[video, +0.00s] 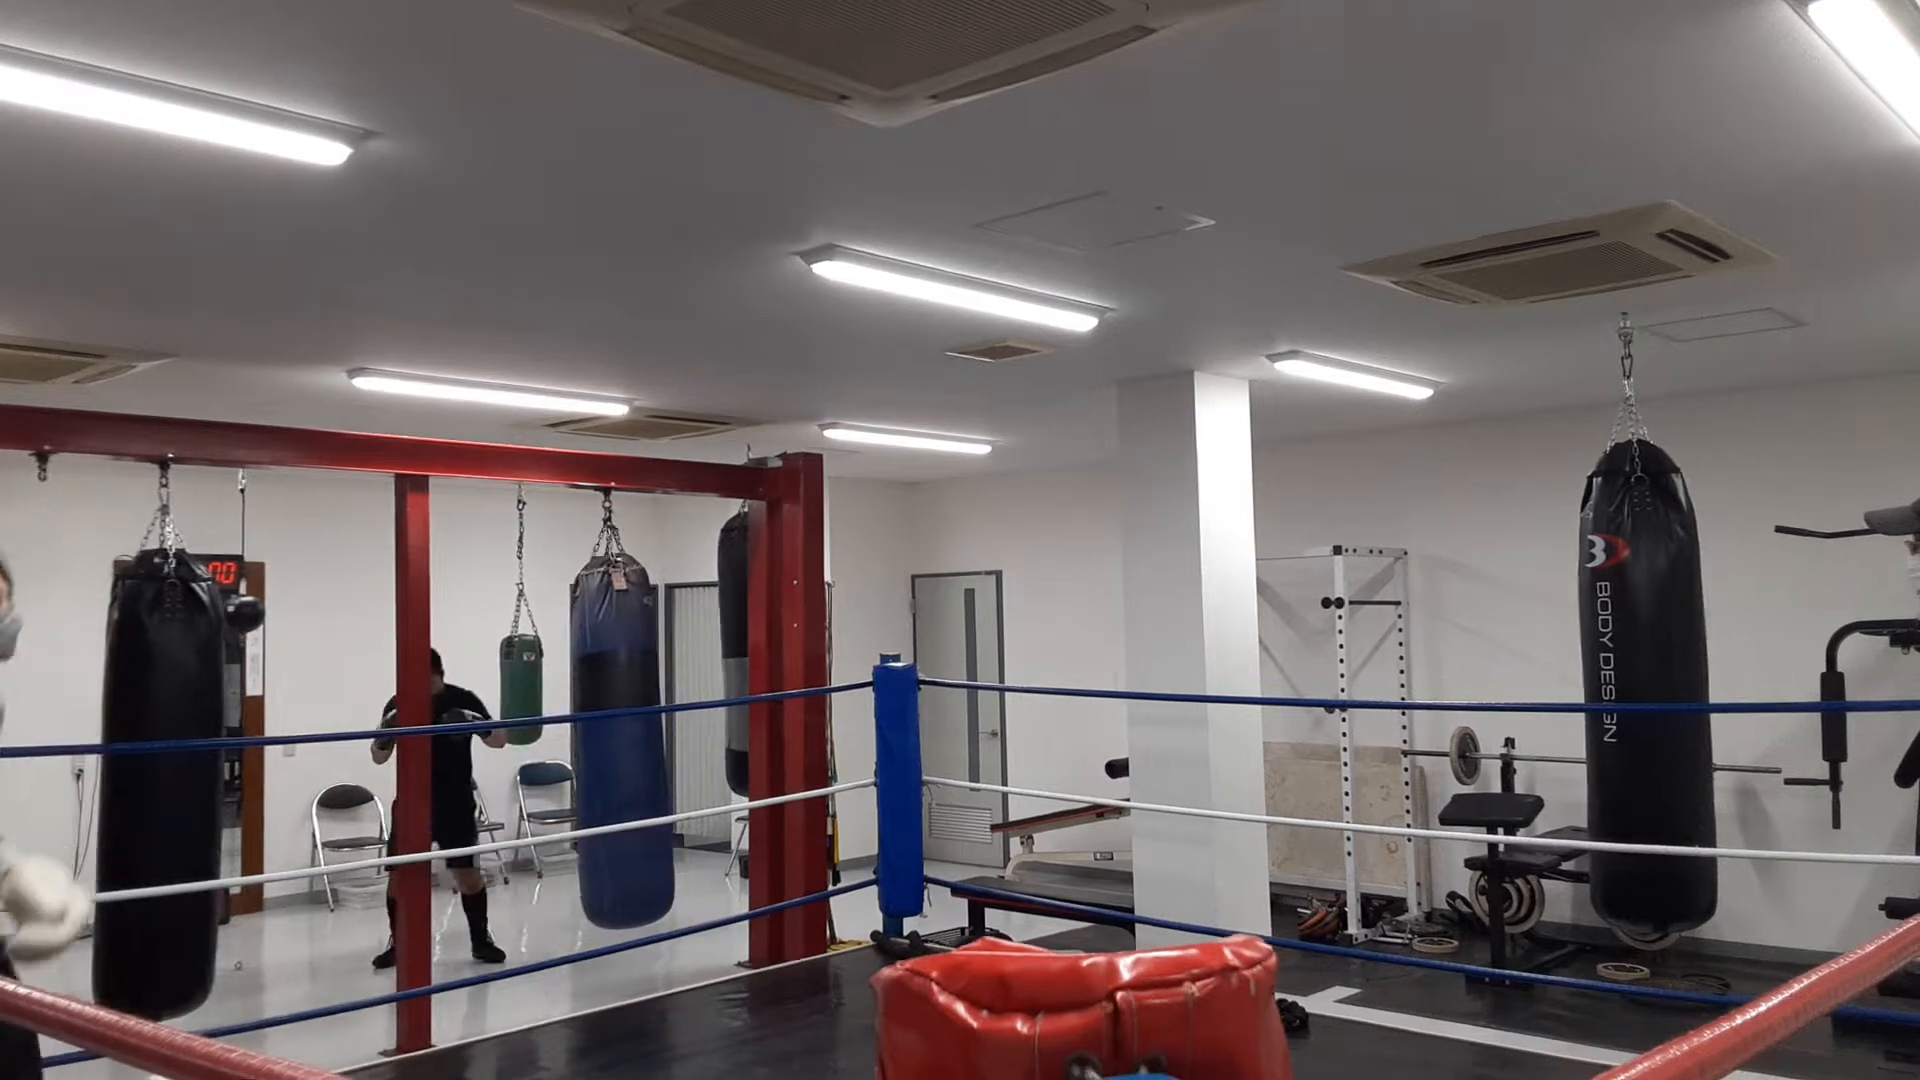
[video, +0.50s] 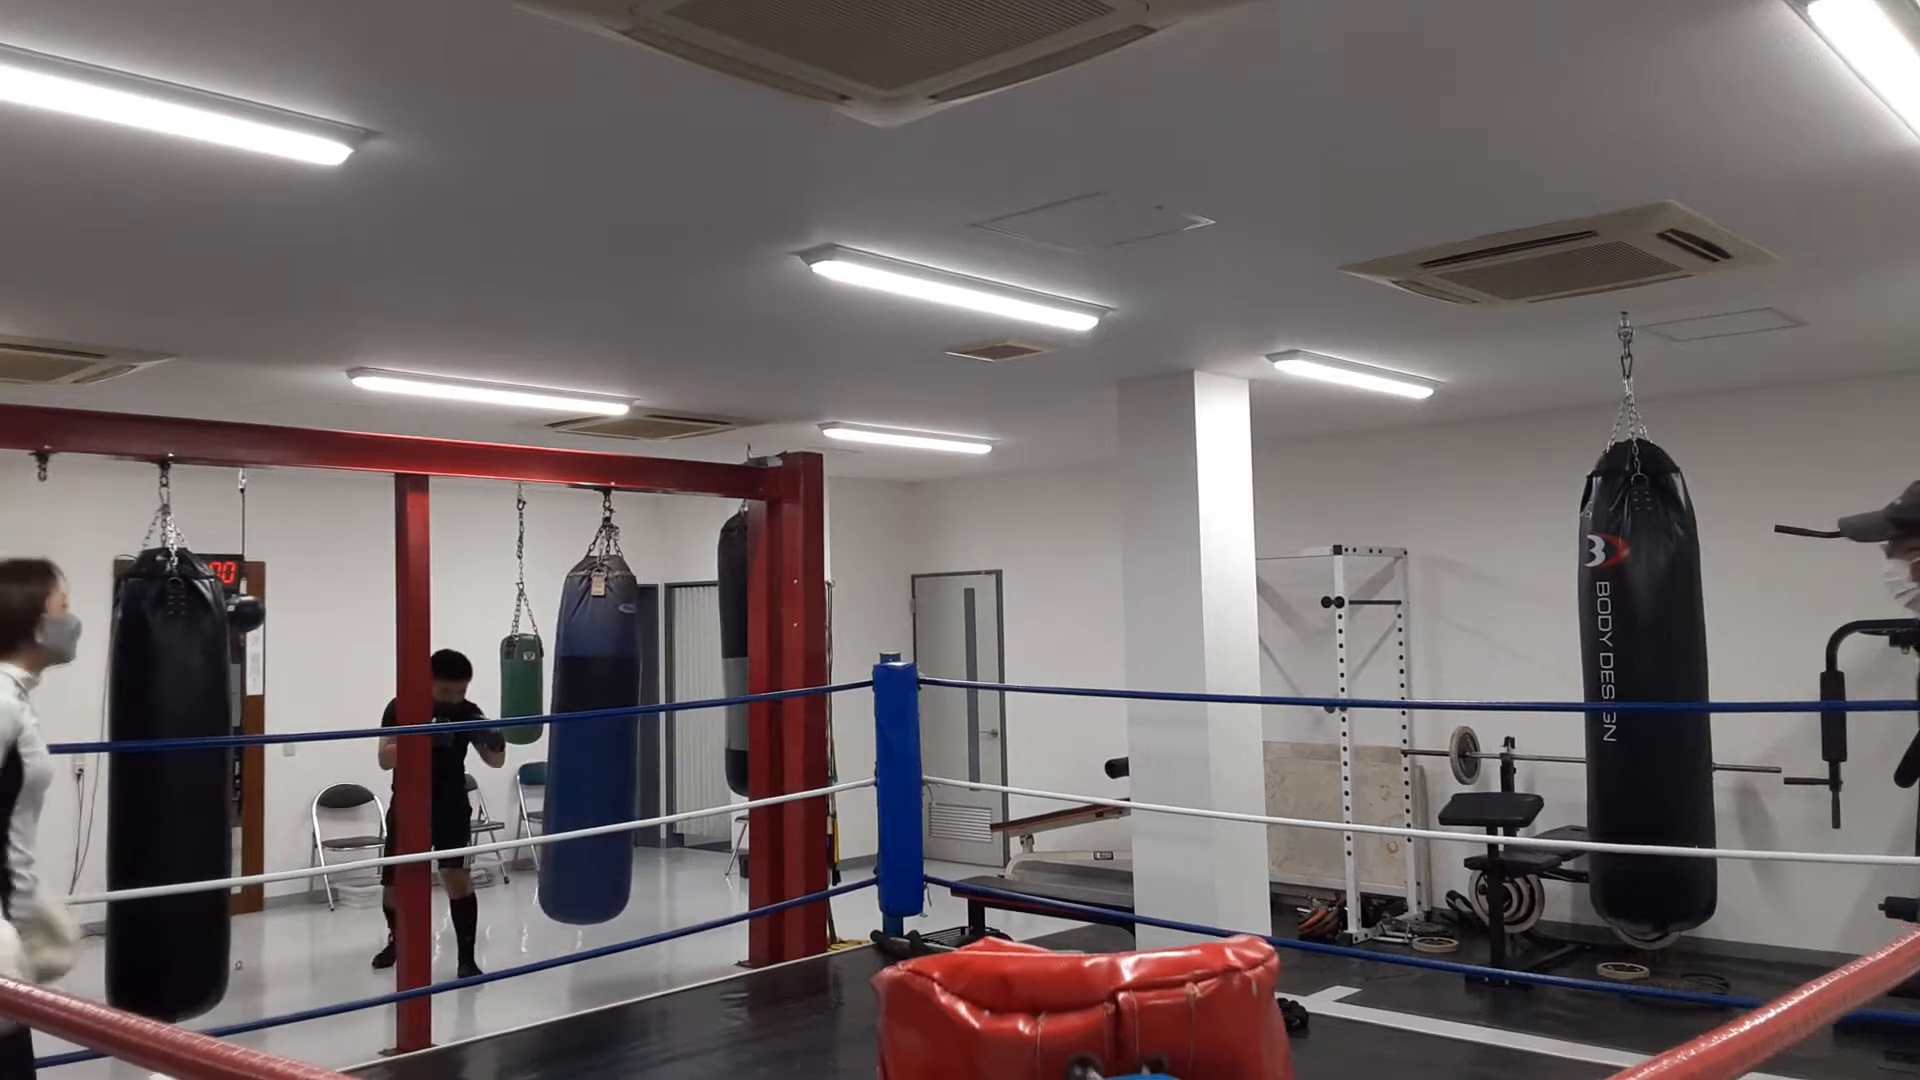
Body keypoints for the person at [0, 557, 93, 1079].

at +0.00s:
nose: (8, 617)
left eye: (6, 602)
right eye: (4, 602)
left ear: (10, 606)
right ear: (4, 605)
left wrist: (13, 876)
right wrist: (12, 878)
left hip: (7, 976)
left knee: (19, 1056)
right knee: (19, 1056)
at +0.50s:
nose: (74, 621)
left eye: (69, 607)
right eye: (64, 609)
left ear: (31, 623)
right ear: (36, 622)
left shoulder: (20, 705)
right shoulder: (8, 710)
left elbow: (15, 835)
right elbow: (9, 841)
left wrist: (35, 910)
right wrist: (15, 925)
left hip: (18, 911)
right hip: (7, 922)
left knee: (18, 1061)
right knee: (16, 1064)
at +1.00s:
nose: (197, 665)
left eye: (191, 650)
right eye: (186, 651)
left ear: (127, 669)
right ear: (164, 668)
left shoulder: (100, 739)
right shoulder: (137, 743)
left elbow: (43, 850)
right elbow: (104, 871)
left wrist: (7, 919)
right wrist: (150, 980)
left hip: (53, 962)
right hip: (94, 969)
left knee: (62, 1069)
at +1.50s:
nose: (383, 655)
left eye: (379, 644)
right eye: (375, 645)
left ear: (315, 652)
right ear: (352, 657)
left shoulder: (271, 724)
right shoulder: (330, 722)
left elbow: (265, 829)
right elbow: (326, 831)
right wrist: (373, 913)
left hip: (275, 920)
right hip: (327, 918)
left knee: (271, 1067)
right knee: (402, 1058)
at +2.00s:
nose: (585, 641)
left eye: (583, 630)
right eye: (577, 631)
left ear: (516, 640)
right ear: (555, 642)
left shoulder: (477, 706)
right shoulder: (564, 706)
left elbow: (458, 802)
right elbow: (573, 809)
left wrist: (439, 880)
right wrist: (612, 889)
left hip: (493, 888)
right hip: (544, 889)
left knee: (573, 988)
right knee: (538, 1015)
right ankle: (518, 1074)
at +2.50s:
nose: (768, 637)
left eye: (766, 627)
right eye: (756, 627)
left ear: (731, 637)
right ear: (727, 636)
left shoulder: (710, 694)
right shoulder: (712, 698)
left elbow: (703, 792)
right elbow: (704, 796)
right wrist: (738, 874)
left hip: (702, 862)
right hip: (701, 864)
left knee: (728, 996)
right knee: (742, 1000)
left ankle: (688, 1071)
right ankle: (683, 1072)